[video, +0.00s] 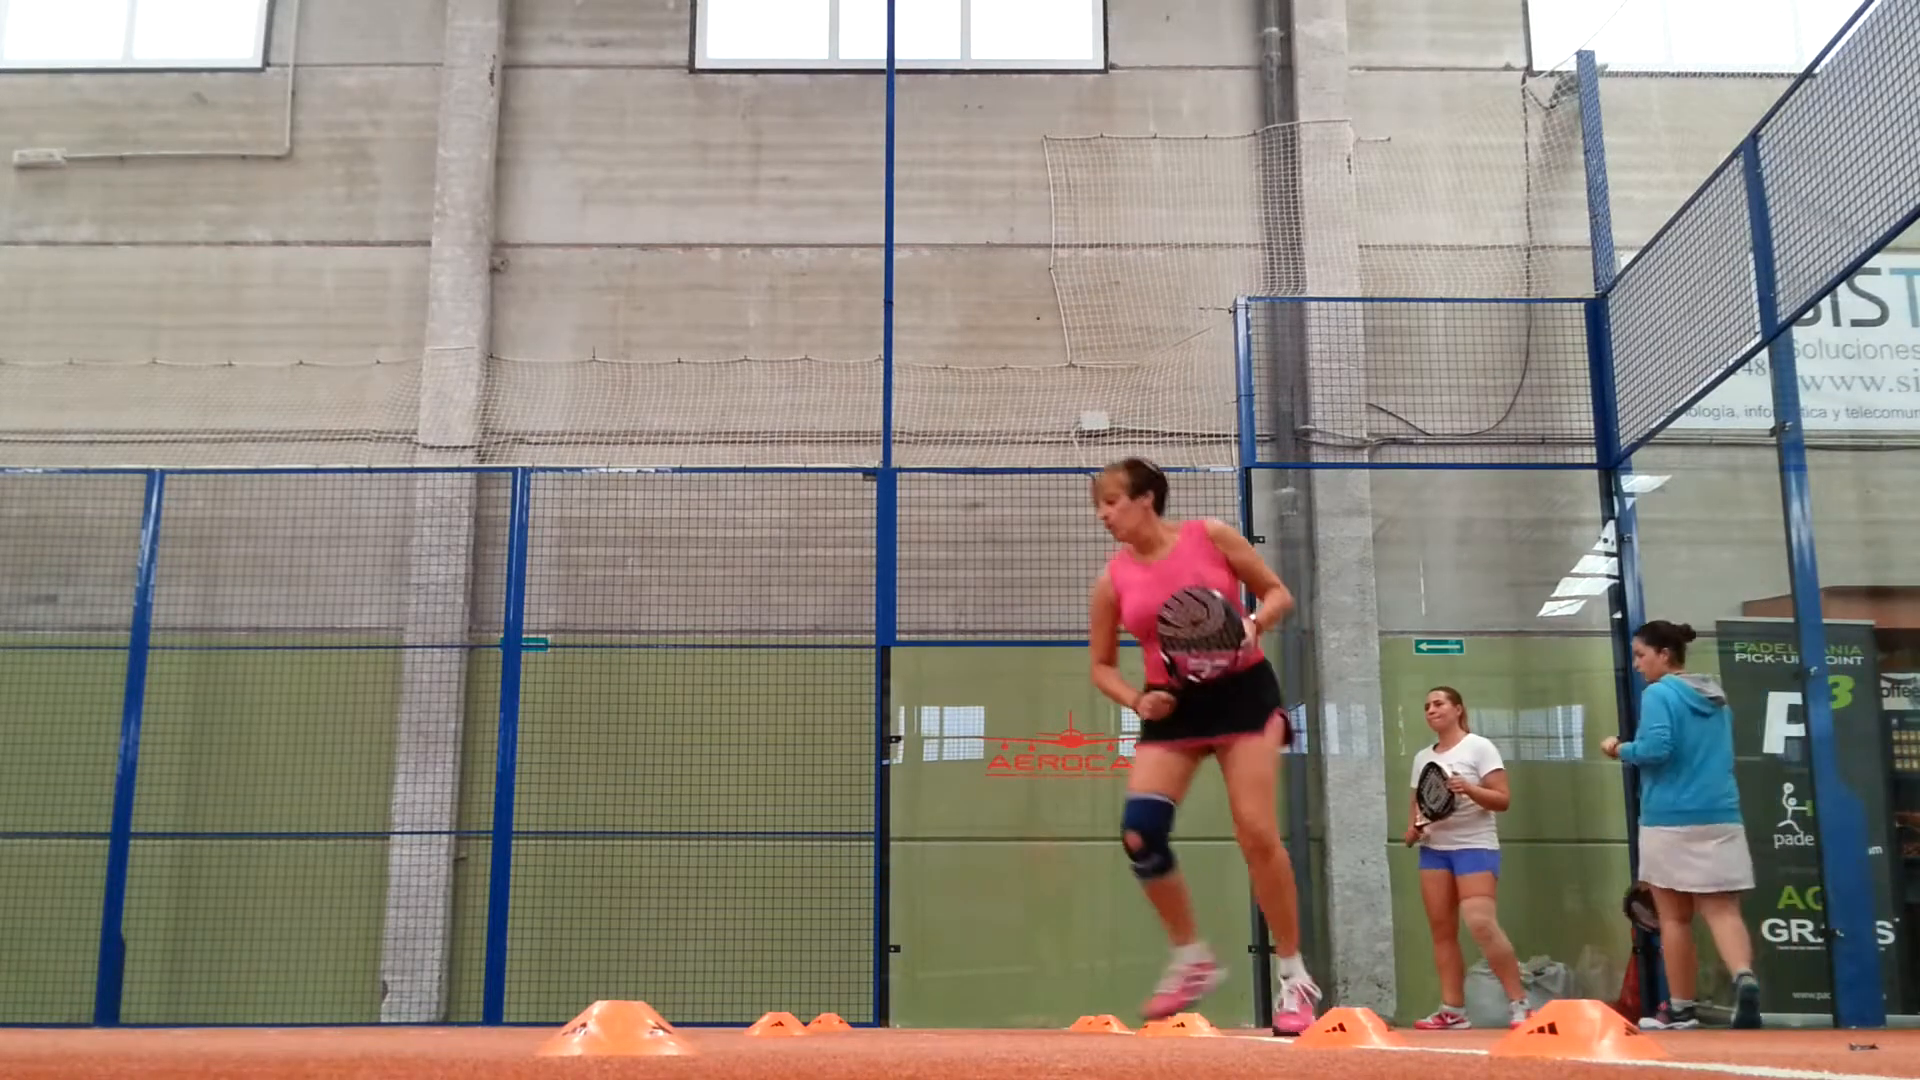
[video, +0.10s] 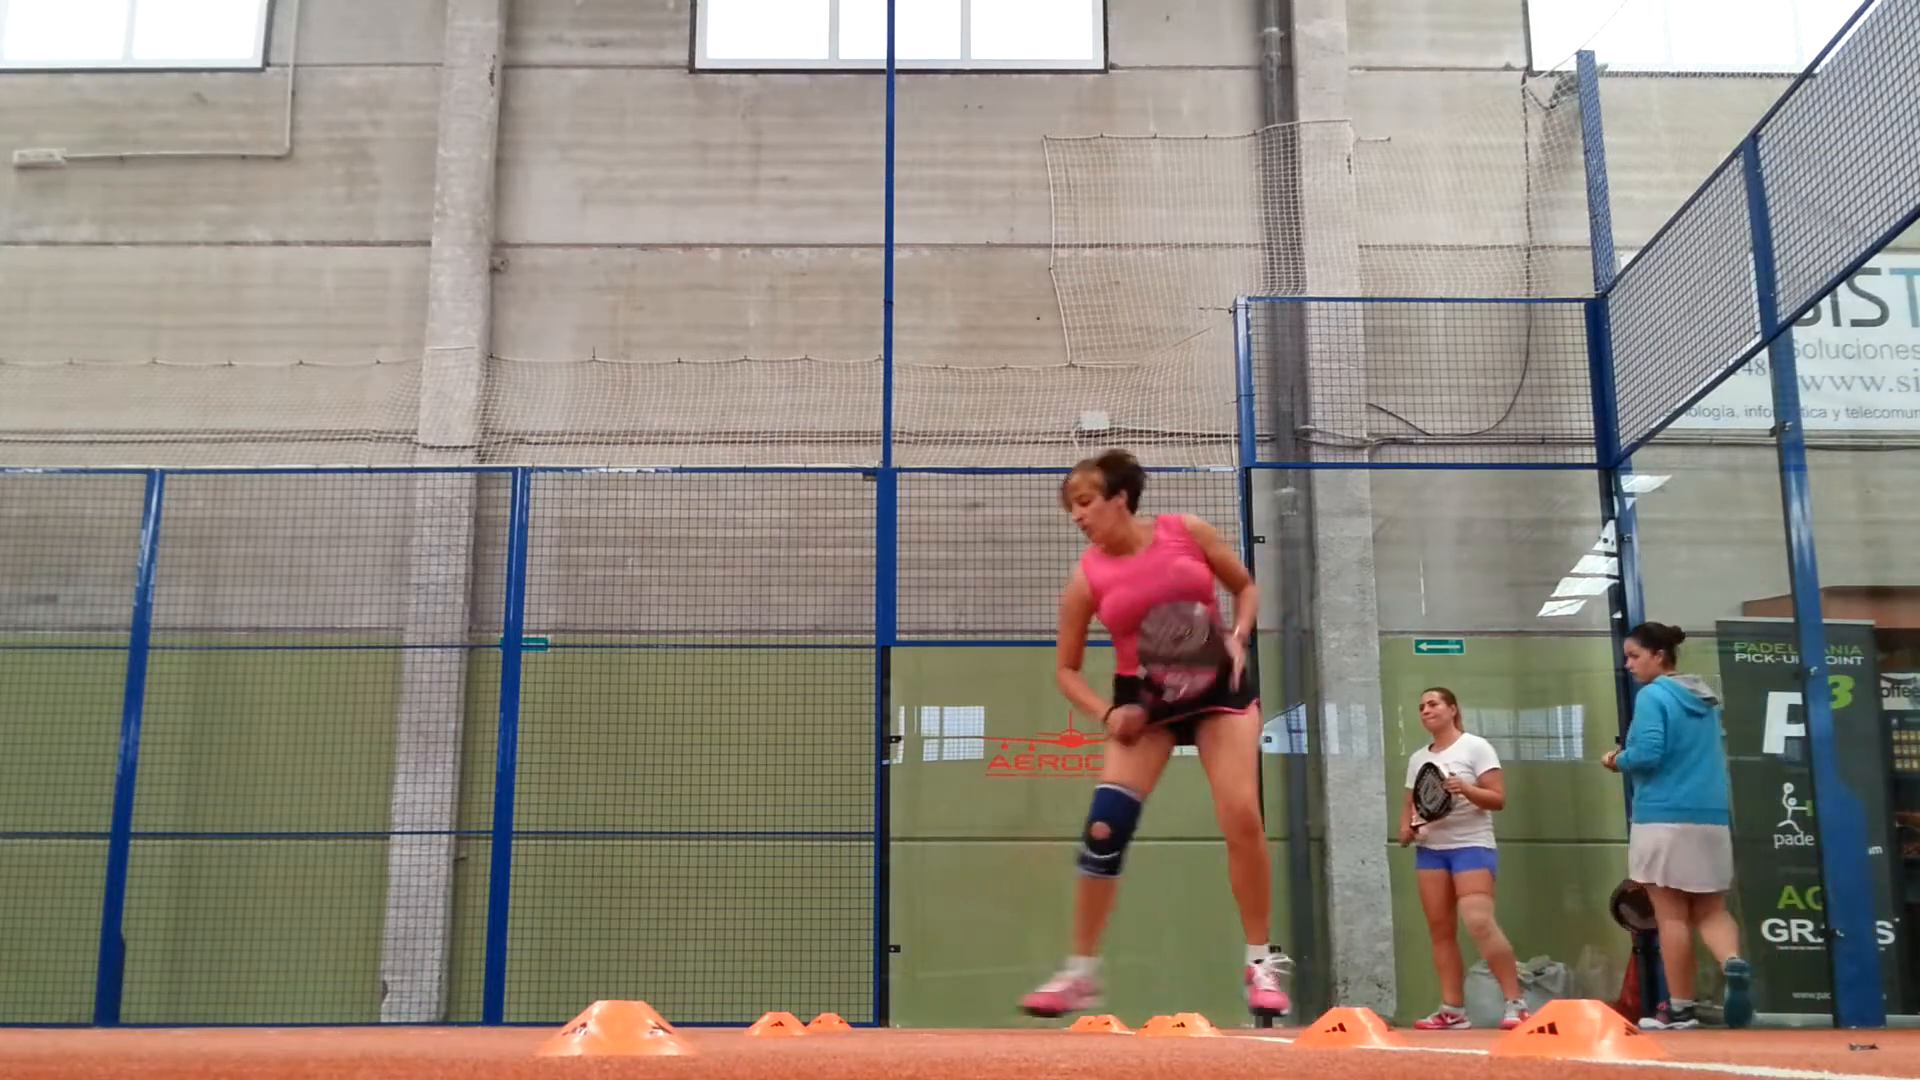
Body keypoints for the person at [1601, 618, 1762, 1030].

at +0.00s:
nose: (1636, 664)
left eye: (1640, 655)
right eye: (1635, 656)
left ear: (1664, 654)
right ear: (1671, 656)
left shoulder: (1659, 692)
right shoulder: (1713, 693)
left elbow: (1657, 748)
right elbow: (1723, 756)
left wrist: (1619, 749)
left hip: (1669, 819)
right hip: (1720, 814)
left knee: (1673, 918)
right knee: (1723, 906)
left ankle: (1681, 1010)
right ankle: (1744, 976)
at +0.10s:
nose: (1628, 666)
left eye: (1633, 657)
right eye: (1626, 658)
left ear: (1658, 655)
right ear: (1664, 658)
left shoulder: (1653, 695)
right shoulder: (1703, 696)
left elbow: (1647, 754)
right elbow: (1706, 754)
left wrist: (1617, 759)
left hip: (1664, 819)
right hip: (1711, 817)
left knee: (1671, 917)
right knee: (1711, 909)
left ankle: (1680, 1010)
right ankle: (1734, 964)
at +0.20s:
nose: (1624, 665)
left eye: (1630, 657)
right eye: (1623, 658)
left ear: (1655, 656)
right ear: (1660, 659)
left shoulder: (1649, 696)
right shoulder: (1692, 696)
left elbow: (1638, 761)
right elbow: (1692, 756)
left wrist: (1620, 771)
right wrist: (1637, 764)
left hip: (1664, 819)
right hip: (1705, 816)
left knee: (1674, 916)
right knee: (1696, 907)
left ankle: (1680, 1010)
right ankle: (1722, 975)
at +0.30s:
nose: (1622, 666)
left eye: (1629, 658)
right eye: (1620, 659)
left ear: (1653, 659)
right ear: (1653, 663)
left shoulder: (1646, 698)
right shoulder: (1679, 696)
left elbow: (1633, 760)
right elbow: (1670, 759)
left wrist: (1618, 780)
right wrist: (1629, 778)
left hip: (1663, 815)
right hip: (1694, 813)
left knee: (1671, 914)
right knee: (1681, 911)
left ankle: (1681, 1006)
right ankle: (1702, 999)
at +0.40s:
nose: (1621, 670)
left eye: (1628, 662)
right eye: (1618, 663)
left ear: (1653, 663)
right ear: (1643, 666)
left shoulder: (1649, 702)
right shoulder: (1667, 701)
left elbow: (1630, 765)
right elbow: (1650, 776)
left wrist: (1616, 783)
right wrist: (1631, 830)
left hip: (1663, 817)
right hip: (1678, 816)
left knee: (1669, 914)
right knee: (1674, 915)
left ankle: (1681, 1008)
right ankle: (1683, 1006)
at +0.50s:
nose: (1622, 673)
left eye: (1630, 665)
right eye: (1620, 667)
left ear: (1652, 668)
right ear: (1622, 671)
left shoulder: (1656, 705)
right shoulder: (1645, 708)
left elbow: (1636, 766)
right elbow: (1623, 776)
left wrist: (1612, 787)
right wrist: (1611, 830)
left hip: (1663, 819)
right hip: (1660, 819)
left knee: (1665, 914)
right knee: (1666, 915)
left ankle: (1678, 1008)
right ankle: (1674, 1006)